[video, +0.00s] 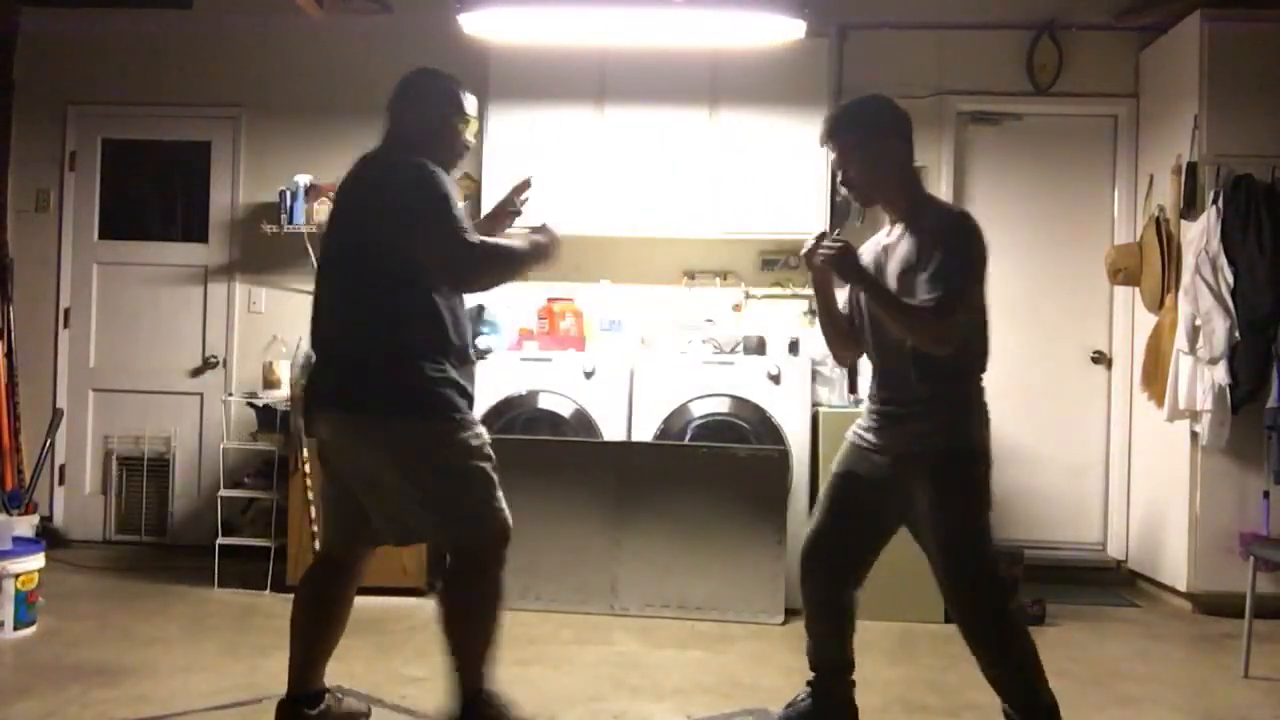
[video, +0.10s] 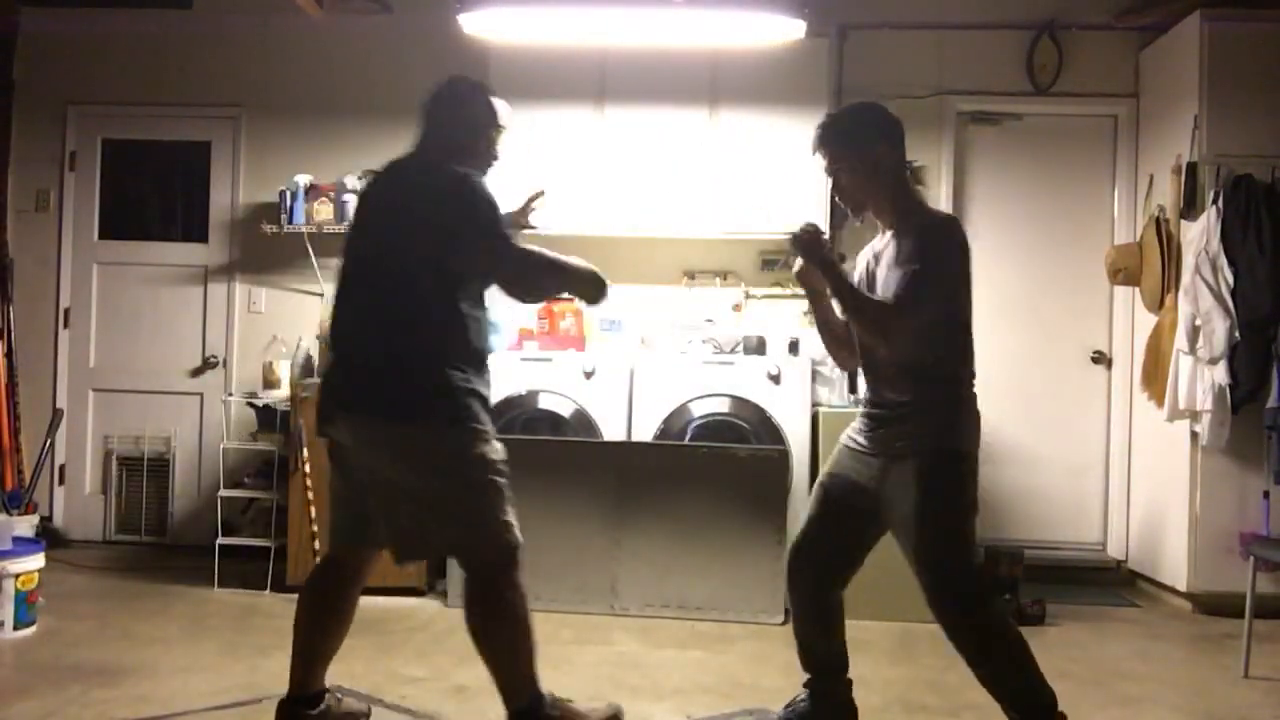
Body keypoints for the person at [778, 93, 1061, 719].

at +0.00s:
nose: (838, 175)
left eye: (846, 158)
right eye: (834, 161)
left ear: (892, 149)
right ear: (870, 161)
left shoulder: (952, 230)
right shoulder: (874, 248)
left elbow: (943, 334)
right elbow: (847, 351)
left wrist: (859, 280)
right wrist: (822, 285)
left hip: (943, 439)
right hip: (878, 434)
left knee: (976, 601)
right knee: (821, 564)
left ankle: (1036, 713)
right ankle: (830, 698)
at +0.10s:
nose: (832, 189)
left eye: (839, 171)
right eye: (827, 174)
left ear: (884, 161)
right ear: (872, 168)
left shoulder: (937, 237)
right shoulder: (873, 254)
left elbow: (894, 340)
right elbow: (850, 355)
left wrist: (829, 269)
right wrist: (816, 293)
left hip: (931, 443)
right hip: (870, 435)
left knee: (960, 604)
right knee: (810, 568)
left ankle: (1041, 714)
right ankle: (829, 699)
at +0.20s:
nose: (832, 183)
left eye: (839, 166)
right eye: (828, 168)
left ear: (881, 155)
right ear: (866, 163)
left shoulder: (916, 220)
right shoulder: (869, 230)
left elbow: (820, 285)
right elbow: (874, 338)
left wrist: (748, 272)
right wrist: (832, 297)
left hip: (944, 432)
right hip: (887, 427)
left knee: (964, 595)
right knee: (826, 565)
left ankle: (1045, 714)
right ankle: (827, 699)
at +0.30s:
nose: (839, 174)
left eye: (846, 158)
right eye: (835, 160)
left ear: (886, 151)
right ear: (890, 154)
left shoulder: (906, 227)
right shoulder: (898, 218)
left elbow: (811, 302)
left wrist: (735, 328)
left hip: (957, 430)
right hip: (907, 424)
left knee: (982, 590)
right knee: (858, 559)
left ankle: (1050, 710)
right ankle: (834, 694)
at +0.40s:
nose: (844, 181)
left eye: (850, 165)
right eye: (841, 167)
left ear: (890, 156)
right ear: (896, 158)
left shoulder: (927, 233)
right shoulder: (923, 227)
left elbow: (876, 335)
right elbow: (942, 317)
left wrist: (790, 367)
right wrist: (880, 299)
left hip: (965, 434)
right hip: (917, 431)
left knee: (985, 593)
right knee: (864, 564)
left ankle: (1055, 714)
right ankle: (833, 696)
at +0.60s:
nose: (854, 180)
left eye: (862, 162)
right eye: (851, 167)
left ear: (909, 154)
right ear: (897, 162)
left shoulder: (957, 227)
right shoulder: (919, 238)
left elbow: (965, 338)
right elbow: (927, 332)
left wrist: (871, 325)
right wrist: (871, 319)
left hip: (959, 441)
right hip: (905, 435)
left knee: (983, 600)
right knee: (843, 564)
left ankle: (1056, 717)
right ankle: (846, 699)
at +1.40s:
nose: (842, 184)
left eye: (847, 167)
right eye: (837, 171)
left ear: (889, 157)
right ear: (883, 164)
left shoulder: (933, 228)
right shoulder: (893, 239)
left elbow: (866, 313)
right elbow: (865, 340)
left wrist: (813, 253)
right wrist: (825, 278)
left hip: (946, 438)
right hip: (889, 432)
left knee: (983, 594)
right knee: (832, 564)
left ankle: (1052, 713)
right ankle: (843, 698)